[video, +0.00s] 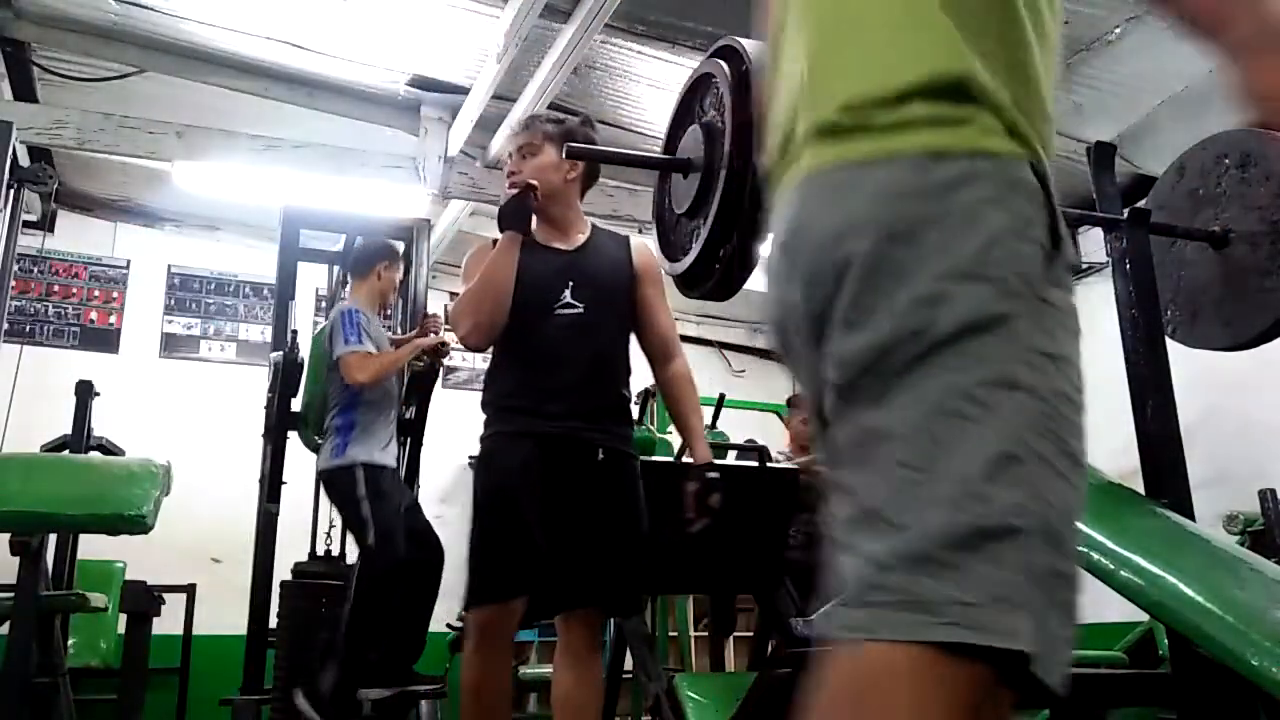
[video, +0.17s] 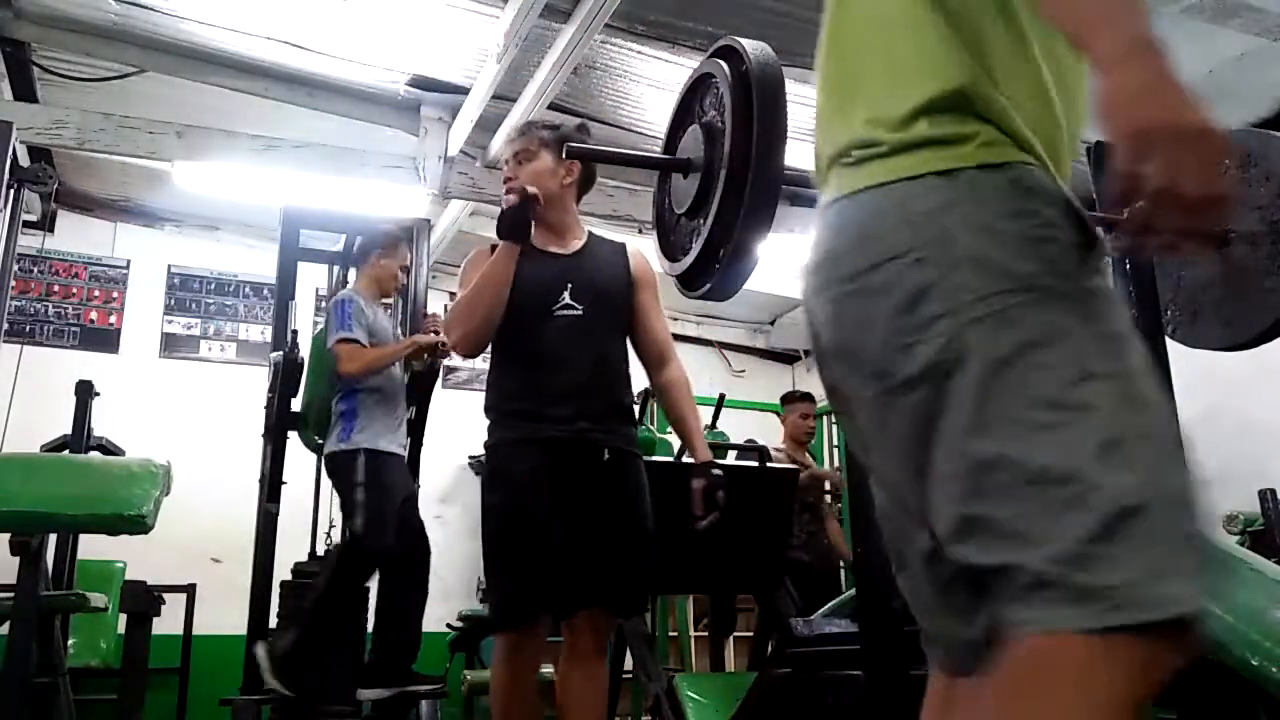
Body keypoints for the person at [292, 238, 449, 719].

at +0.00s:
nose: (398, 286)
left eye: (399, 277)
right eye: (397, 276)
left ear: (369, 271)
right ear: (381, 270)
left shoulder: (369, 322)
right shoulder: (350, 315)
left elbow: (377, 364)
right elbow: (357, 371)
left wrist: (414, 340)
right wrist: (411, 349)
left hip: (381, 465)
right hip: (353, 465)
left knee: (427, 553)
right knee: (389, 557)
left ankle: (392, 673)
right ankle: (337, 684)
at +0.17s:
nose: (405, 278)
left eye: (407, 270)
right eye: (401, 268)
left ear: (383, 264)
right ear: (376, 261)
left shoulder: (386, 317)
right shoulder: (349, 303)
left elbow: (398, 385)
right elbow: (349, 363)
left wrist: (423, 356)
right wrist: (409, 345)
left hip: (389, 450)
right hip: (359, 448)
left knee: (411, 555)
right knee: (366, 547)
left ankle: (390, 672)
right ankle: (282, 649)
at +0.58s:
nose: (377, 274)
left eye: (385, 267)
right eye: (368, 265)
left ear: (392, 269)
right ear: (348, 266)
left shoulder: (398, 315)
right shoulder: (328, 304)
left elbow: (415, 369)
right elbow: (342, 357)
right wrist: (405, 347)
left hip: (384, 458)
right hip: (329, 454)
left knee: (393, 574)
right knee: (293, 562)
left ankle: (390, 681)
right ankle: (271, 673)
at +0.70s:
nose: (355, 278)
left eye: (364, 269)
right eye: (347, 269)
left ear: (379, 270)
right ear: (334, 268)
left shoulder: (392, 315)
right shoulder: (318, 305)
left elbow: (414, 386)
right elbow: (337, 356)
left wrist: (432, 359)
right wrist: (401, 348)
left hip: (378, 461)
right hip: (320, 456)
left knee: (391, 575)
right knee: (287, 565)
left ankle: (390, 681)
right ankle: (270, 675)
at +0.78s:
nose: (345, 279)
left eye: (355, 270)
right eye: (336, 270)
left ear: (375, 269)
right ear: (327, 269)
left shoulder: (391, 314)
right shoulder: (314, 305)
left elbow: (415, 376)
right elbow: (338, 354)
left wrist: (432, 355)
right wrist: (403, 347)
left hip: (374, 461)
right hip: (315, 456)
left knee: (392, 572)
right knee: (284, 566)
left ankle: (393, 677)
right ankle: (267, 674)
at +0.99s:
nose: (348, 278)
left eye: (357, 270)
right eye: (340, 270)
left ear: (374, 270)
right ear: (328, 270)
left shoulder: (393, 316)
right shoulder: (317, 308)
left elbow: (419, 361)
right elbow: (341, 352)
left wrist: (424, 366)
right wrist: (403, 345)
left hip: (376, 462)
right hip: (317, 458)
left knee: (395, 570)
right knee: (283, 568)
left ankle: (395, 673)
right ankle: (265, 674)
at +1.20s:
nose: (361, 274)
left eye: (370, 266)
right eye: (353, 266)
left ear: (386, 266)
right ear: (342, 268)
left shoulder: (406, 310)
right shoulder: (328, 305)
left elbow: (426, 365)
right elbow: (344, 346)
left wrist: (434, 349)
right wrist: (409, 343)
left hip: (388, 455)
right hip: (327, 452)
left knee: (396, 569)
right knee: (291, 560)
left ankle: (396, 671)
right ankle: (270, 671)